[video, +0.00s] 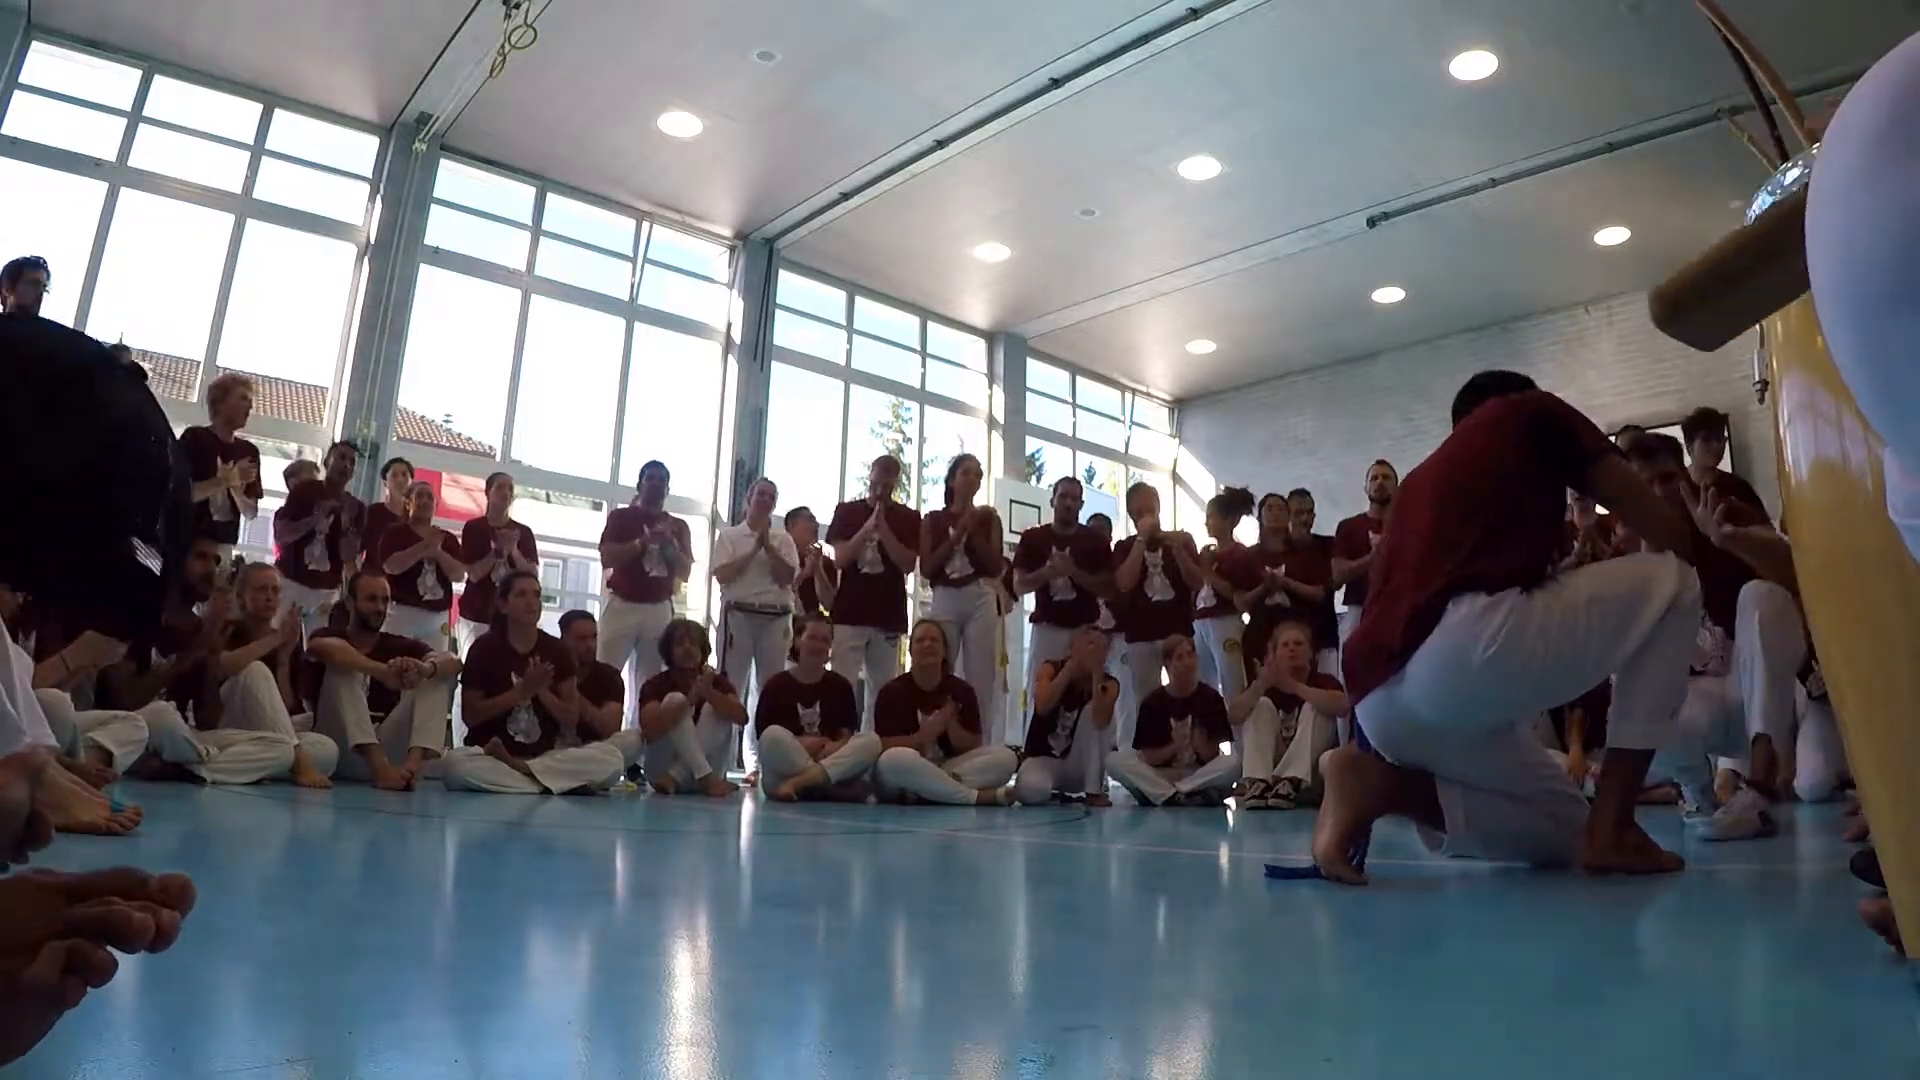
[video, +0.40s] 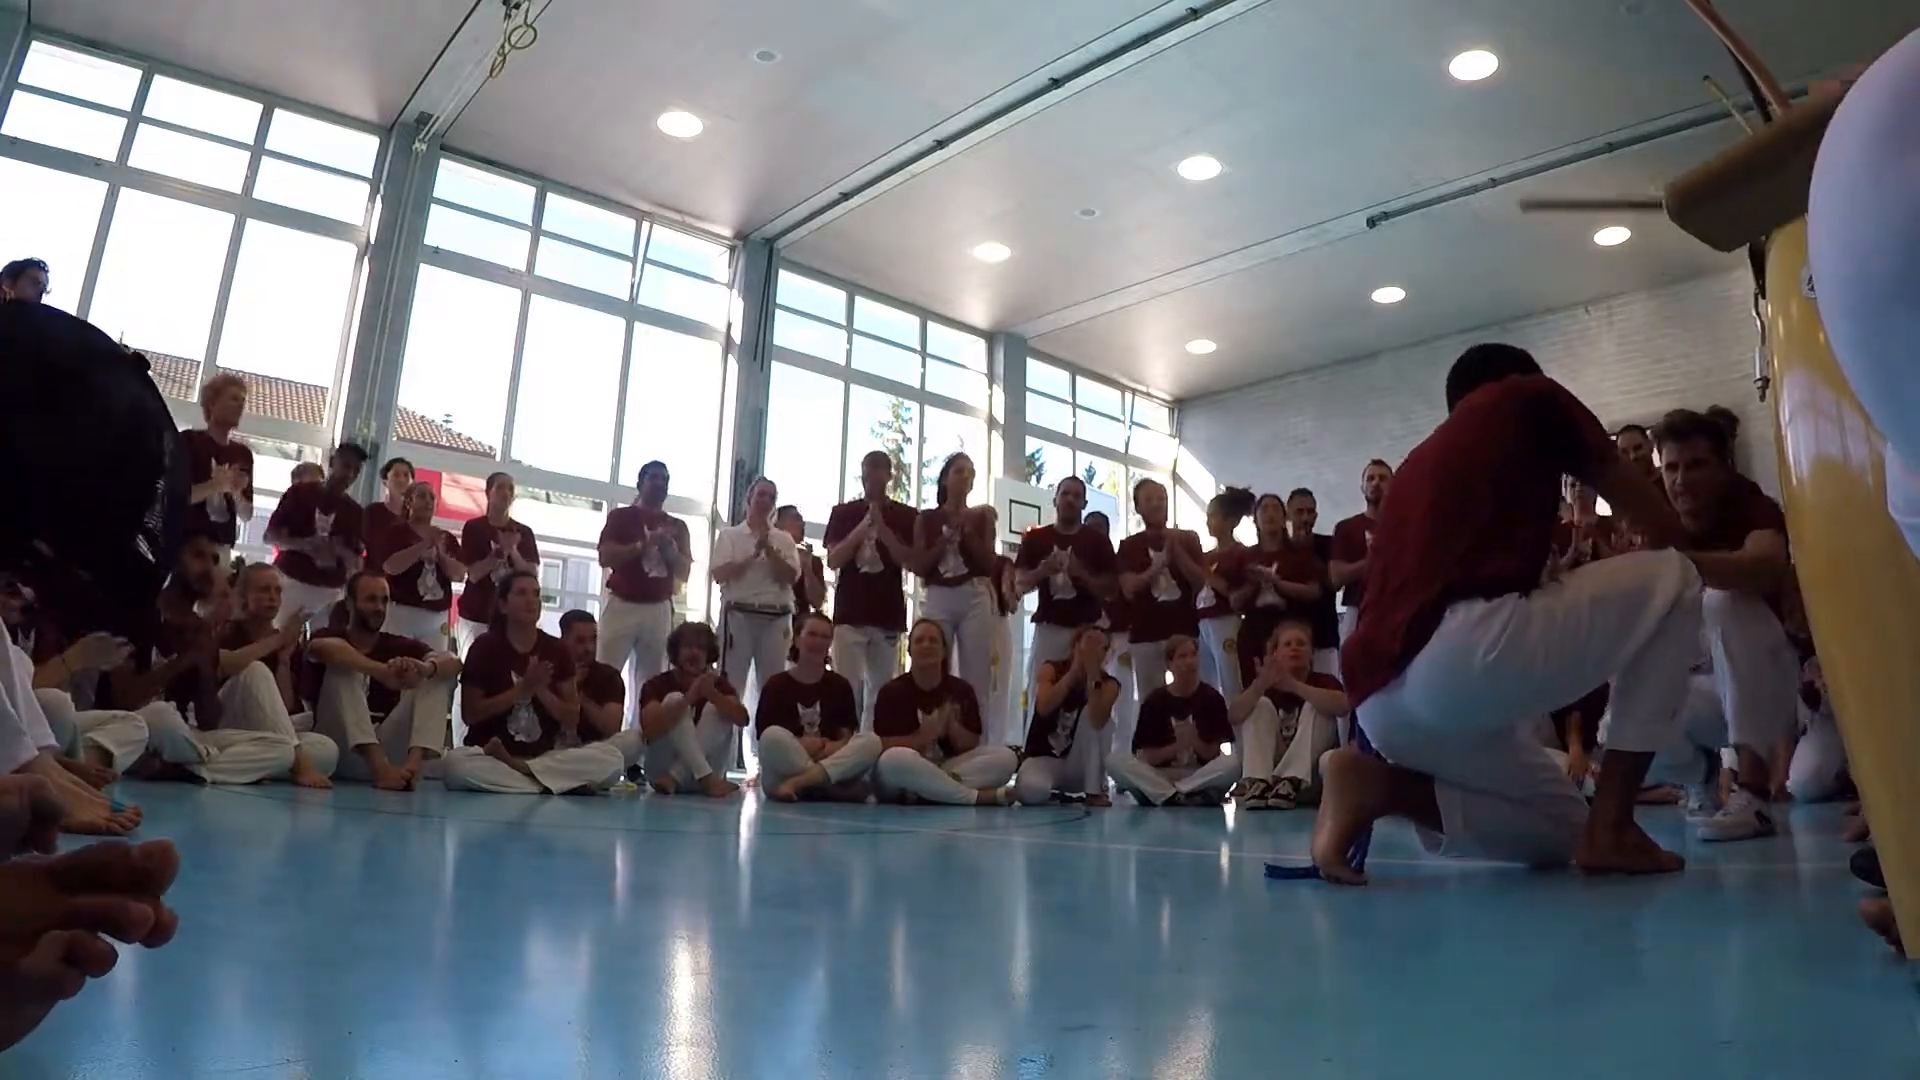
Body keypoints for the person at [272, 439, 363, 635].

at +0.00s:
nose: (347, 465)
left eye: (352, 462)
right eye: (341, 458)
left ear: (354, 469)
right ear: (326, 462)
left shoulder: (356, 507)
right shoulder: (303, 491)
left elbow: (349, 555)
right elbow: (281, 534)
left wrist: (345, 525)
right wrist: (316, 519)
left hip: (328, 588)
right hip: (292, 581)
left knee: (319, 654)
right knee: (281, 647)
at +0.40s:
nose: (350, 474)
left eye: (356, 470)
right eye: (346, 466)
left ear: (359, 474)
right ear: (332, 461)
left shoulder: (355, 511)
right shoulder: (298, 493)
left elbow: (357, 563)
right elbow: (271, 536)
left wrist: (339, 550)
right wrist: (307, 545)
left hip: (330, 592)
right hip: (291, 583)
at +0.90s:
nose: (327, 467)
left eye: (332, 463)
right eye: (321, 461)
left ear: (336, 470)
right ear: (307, 466)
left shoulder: (344, 509)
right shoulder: (291, 502)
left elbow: (352, 549)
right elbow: (289, 544)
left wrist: (345, 519)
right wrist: (316, 515)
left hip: (335, 587)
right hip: (299, 583)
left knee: (330, 652)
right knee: (292, 648)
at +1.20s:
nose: (329, 467)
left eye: (333, 463)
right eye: (323, 461)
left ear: (337, 472)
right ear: (309, 468)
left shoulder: (346, 510)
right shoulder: (290, 502)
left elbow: (353, 548)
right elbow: (286, 540)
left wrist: (356, 505)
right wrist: (308, 512)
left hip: (335, 587)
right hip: (299, 583)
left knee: (330, 653)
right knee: (290, 649)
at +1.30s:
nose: (333, 467)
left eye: (338, 464)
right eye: (328, 461)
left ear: (340, 472)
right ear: (313, 465)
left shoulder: (344, 508)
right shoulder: (291, 500)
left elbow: (350, 548)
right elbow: (284, 539)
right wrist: (304, 506)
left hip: (334, 586)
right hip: (298, 582)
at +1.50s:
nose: (344, 469)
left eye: (348, 466)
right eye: (339, 461)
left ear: (348, 474)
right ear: (322, 463)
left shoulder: (349, 511)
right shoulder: (294, 496)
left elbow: (352, 553)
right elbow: (275, 541)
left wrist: (338, 534)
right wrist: (314, 533)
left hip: (334, 588)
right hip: (297, 583)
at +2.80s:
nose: (344, 466)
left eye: (350, 462)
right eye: (339, 458)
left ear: (352, 468)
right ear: (324, 461)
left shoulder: (356, 511)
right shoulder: (297, 498)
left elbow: (358, 555)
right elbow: (272, 541)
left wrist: (350, 561)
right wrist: (300, 548)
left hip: (335, 593)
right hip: (296, 588)